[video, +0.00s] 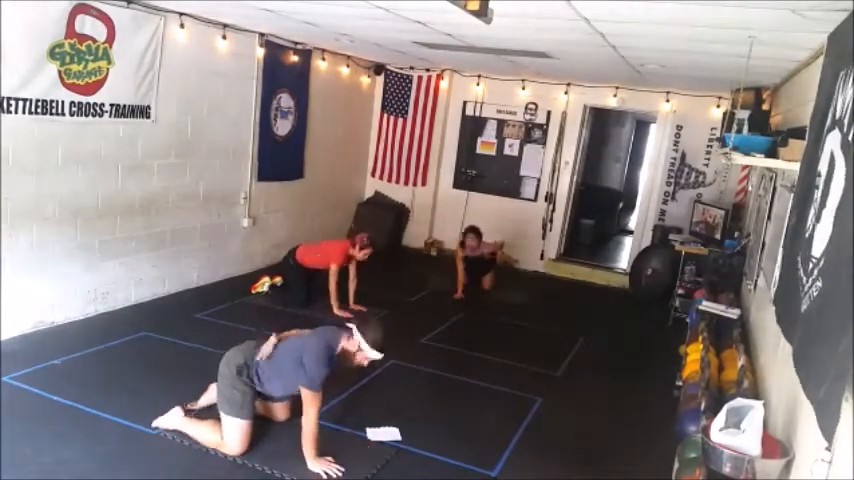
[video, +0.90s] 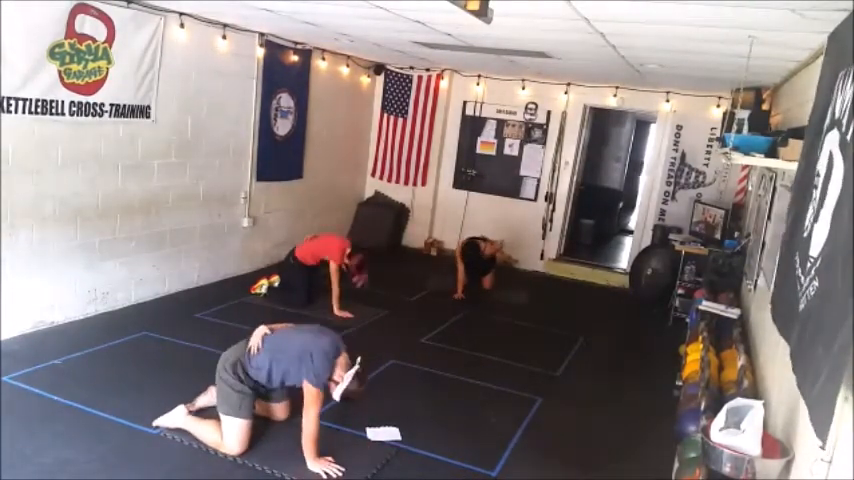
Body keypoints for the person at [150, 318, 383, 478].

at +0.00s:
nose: (368, 362)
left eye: (373, 358)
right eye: (367, 355)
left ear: (354, 338)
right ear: (353, 341)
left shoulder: (338, 334)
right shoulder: (318, 358)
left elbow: (301, 334)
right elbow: (311, 413)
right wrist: (312, 458)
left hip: (266, 359)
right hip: (240, 366)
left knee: (281, 411)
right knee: (234, 445)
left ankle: (221, 395)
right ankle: (177, 420)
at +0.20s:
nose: (339, 372)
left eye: (343, 374)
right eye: (344, 372)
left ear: (353, 346)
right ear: (347, 361)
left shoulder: (335, 328)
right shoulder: (315, 363)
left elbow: (298, 323)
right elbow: (310, 414)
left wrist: (269, 329)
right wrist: (311, 458)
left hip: (262, 357)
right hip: (235, 367)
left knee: (280, 410)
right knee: (234, 445)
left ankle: (219, 398)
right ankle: (182, 418)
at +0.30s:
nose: (337, 379)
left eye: (341, 379)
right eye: (342, 377)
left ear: (352, 355)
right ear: (348, 361)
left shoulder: (332, 333)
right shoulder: (314, 363)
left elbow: (296, 325)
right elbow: (309, 415)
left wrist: (265, 333)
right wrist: (311, 458)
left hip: (261, 358)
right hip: (236, 369)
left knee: (280, 410)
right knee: (233, 445)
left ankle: (220, 399)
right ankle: (180, 418)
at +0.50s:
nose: (353, 318)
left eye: (351, 312)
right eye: (346, 315)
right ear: (326, 320)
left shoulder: (322, 335)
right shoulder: (305, 358)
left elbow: (294, 335)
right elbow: (303, 413)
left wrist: (262, 345)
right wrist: (311, 459)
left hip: (253, 356)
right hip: (229, 370)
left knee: (279, 410)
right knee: (233, 445)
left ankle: (217, 401)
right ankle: (182, 418)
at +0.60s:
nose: (356, 318)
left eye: (355, 312)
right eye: (350, 315)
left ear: (333, 318)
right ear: (331, 319)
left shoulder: (323, 331)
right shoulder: (307, 358)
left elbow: (297, 334)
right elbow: (305, 413)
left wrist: (268, 343)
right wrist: (312, 459)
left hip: (253, 355)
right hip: (231, 370)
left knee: (280, 410)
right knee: (233, 445)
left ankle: (218, 400)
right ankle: (182, 418)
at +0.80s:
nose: (336, 384)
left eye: (340, 383)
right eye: (341, 383)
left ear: (349, 369)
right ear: (344, 373)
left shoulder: (339, 337)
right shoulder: (316, 361)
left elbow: (301, 326)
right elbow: (310, 414)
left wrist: (271, 329)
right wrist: (312, 459)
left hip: (266, 357)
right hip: (240, 367)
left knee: (280, 410)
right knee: (234, 446)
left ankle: (219, 397)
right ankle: (181, 418)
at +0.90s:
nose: (329, 391)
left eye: (332, 391)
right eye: (333, 392)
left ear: (343, 375)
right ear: (340, 379)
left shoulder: (333, 340)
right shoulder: (318, 364)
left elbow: (296, 328)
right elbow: (311, 414)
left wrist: (266, 328)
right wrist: (312, 459)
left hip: (263, 357)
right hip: (237, 368)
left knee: (280, 410)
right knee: (233, 446)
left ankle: (219, 397)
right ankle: (182, 418)